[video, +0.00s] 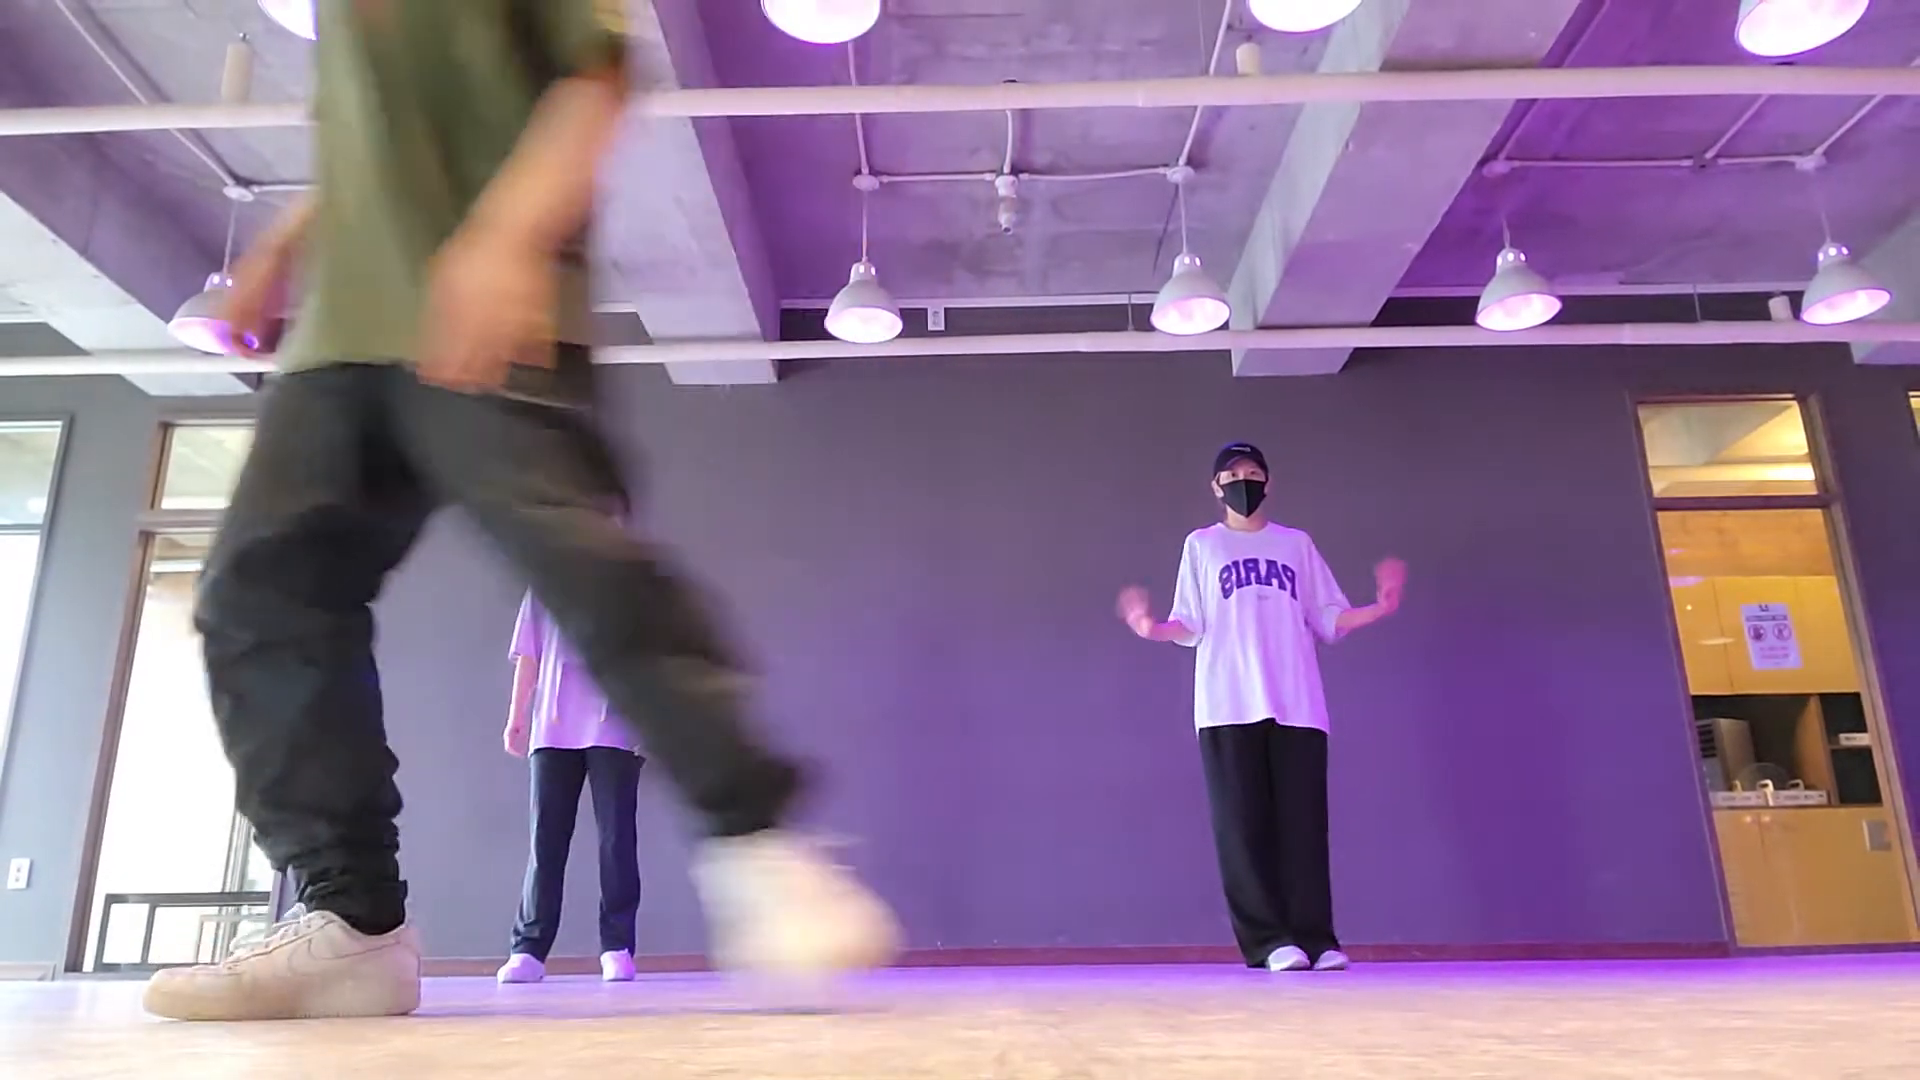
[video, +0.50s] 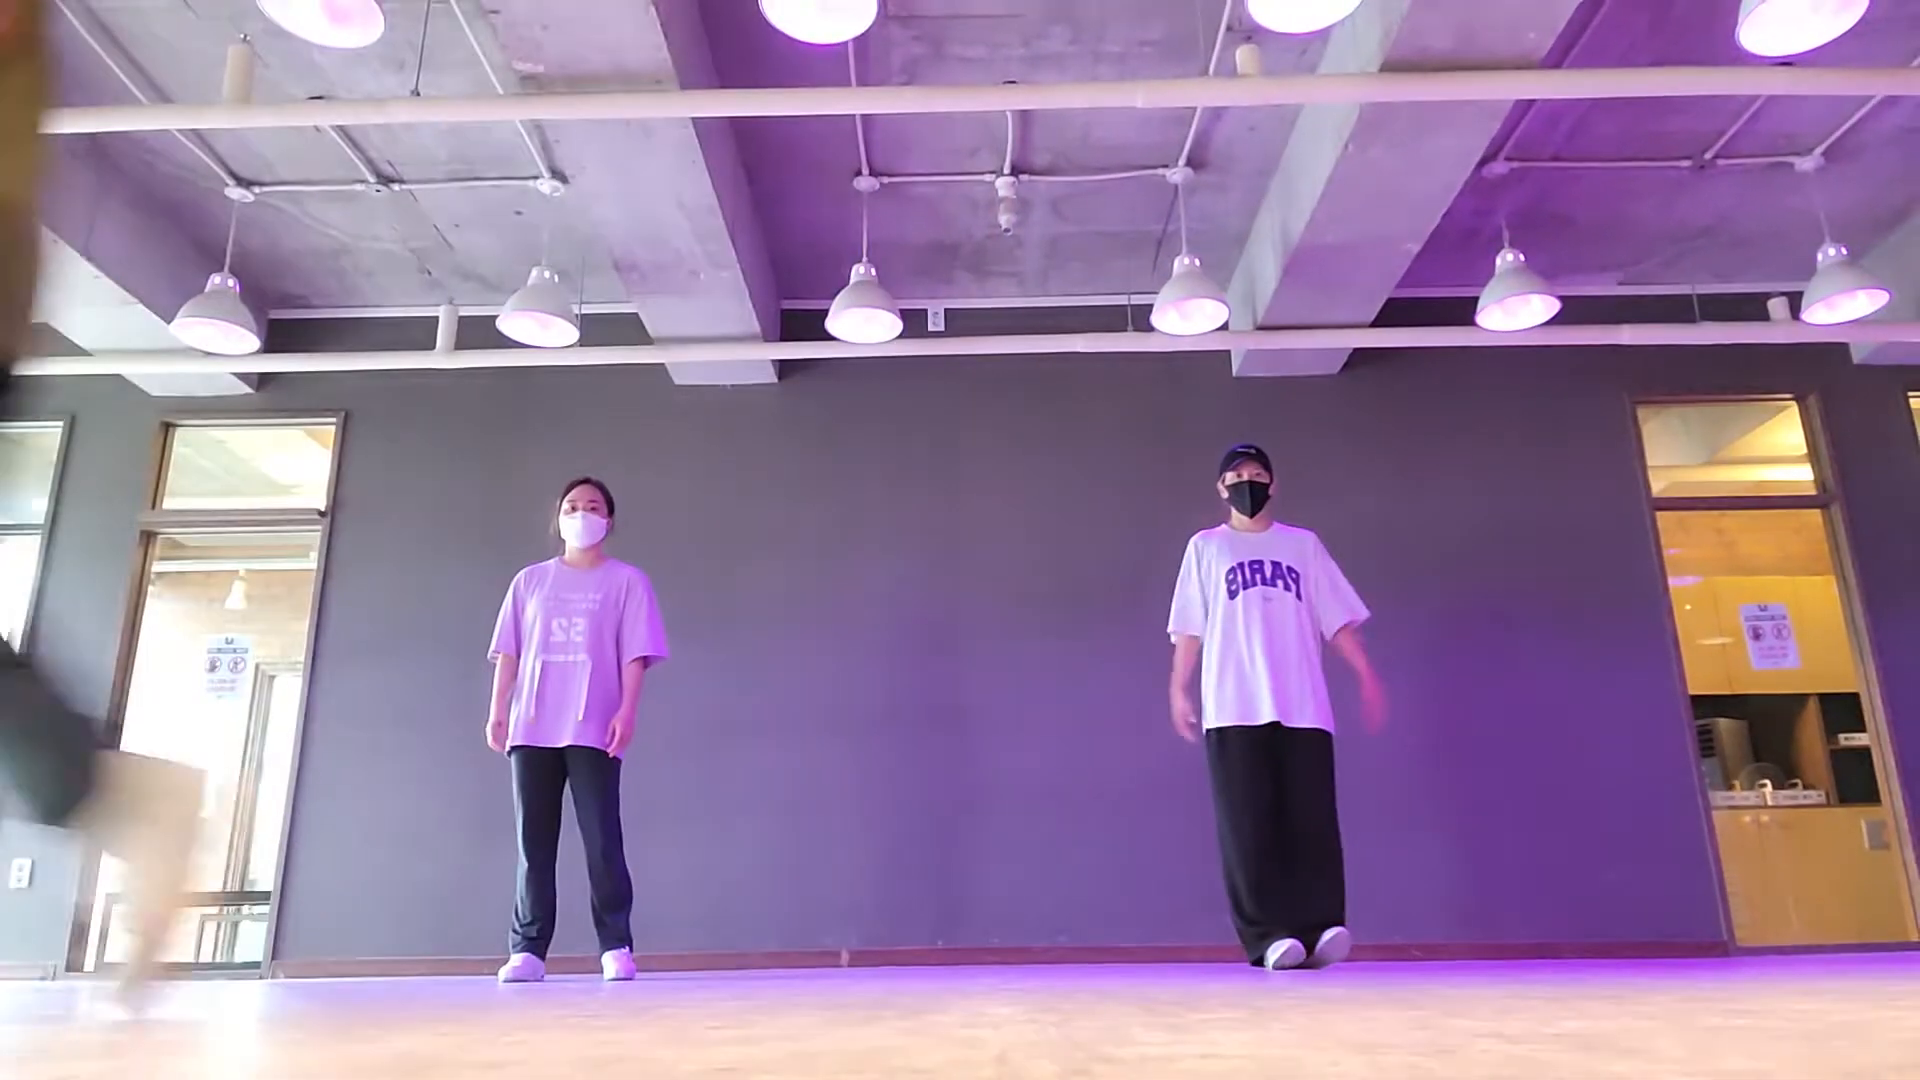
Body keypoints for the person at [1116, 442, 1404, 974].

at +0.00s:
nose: (1244, 483)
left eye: (1252, 474)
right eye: (1233, 475)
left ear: (1267, 483)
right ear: (1217, 486)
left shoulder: (1298, 545)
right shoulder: (1201, 546)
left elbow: (1330, 622)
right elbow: (1191, 627)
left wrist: (1381, 607)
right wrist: (1149, 627)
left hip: (1297, 702)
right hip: (1229, 706)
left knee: (1303, 822)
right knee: (1245, 829)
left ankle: (1318, 941)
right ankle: (1269, 944)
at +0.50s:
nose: (1248, 485)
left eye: (1257, 477)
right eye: (1237, 478)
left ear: (1272, 486)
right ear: (1221, 488)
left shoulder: (1304, 544)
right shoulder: (1204, 548)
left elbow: (1337, 622)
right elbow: (1190, 629)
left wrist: (1367, 675)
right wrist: (1179, 689)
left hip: (1302, 701)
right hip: (1235, 704)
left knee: (1310, 816)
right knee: (1250, 823)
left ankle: (1320, 931)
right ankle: (1269, 940)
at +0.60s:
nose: (1249, 485)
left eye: (1258, 476)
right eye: (1238, 477)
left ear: (1273, 485)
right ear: (1223, 488)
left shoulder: (1305, 545)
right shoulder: (1206, 549)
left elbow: (1327, 633)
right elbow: (1201, 641)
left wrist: (1340, 691)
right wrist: (1206, 713)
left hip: (1304, 703)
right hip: (1239, 705)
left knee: (1313, 817)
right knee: (1250, 826)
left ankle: (1321, 932)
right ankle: (1266, 941)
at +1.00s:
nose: (1260, 485)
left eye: (1269, 476)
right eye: (1248, 478)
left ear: (1285, 486)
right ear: (1232, 489)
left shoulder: (1315, 547)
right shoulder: (1214, 548)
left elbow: (1348, 629)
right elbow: (1201, 631)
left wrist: (1381, 687)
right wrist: (1187, 693)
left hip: (1318, 711)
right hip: (1248, 713)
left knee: (1324, 829)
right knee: (1264, 834)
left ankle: (1334, 946)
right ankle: (1281, 951)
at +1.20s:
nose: (1256, 486)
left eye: (1265, 478)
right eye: (1245, 479)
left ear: (1280, 486)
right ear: (1229, 490)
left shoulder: (1310, 548)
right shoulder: (1211, 549)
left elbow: (1338, 623)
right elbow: (1204, 624)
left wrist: (1367, 676)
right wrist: (1213, 677)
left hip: (1310, 708)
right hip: (1245, 710)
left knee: (1318, 827)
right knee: (1259, 832)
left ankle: (1327, 943)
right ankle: (1275, 946)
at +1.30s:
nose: (1255, 486)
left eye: (1264, 477)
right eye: (1244, 478)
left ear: (1279, 486)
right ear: (1227, 489)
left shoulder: (1310, 548)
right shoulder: (1210, 549)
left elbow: (1332, 624)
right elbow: (1205, 623)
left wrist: (1353, 677)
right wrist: (1220, 678)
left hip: (1309, 706)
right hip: (1245, 710)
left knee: (1316, 825)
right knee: (1255, 830)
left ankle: (1324, 942)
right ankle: (1271, 945)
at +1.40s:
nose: (1256, 486)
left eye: (1265, 478)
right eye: (1245, 479)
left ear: (1280, 485)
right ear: (1229, 488)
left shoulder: (1310, 547)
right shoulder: (1210, 547)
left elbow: (1332, 624)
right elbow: (1204, 622)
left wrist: (1347, 679)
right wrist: (1219, 679)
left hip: (1309, 705)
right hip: (1246, 707)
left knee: (1317, 824)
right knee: (1255, 829)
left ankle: (1326, 942)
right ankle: (1271, 944)